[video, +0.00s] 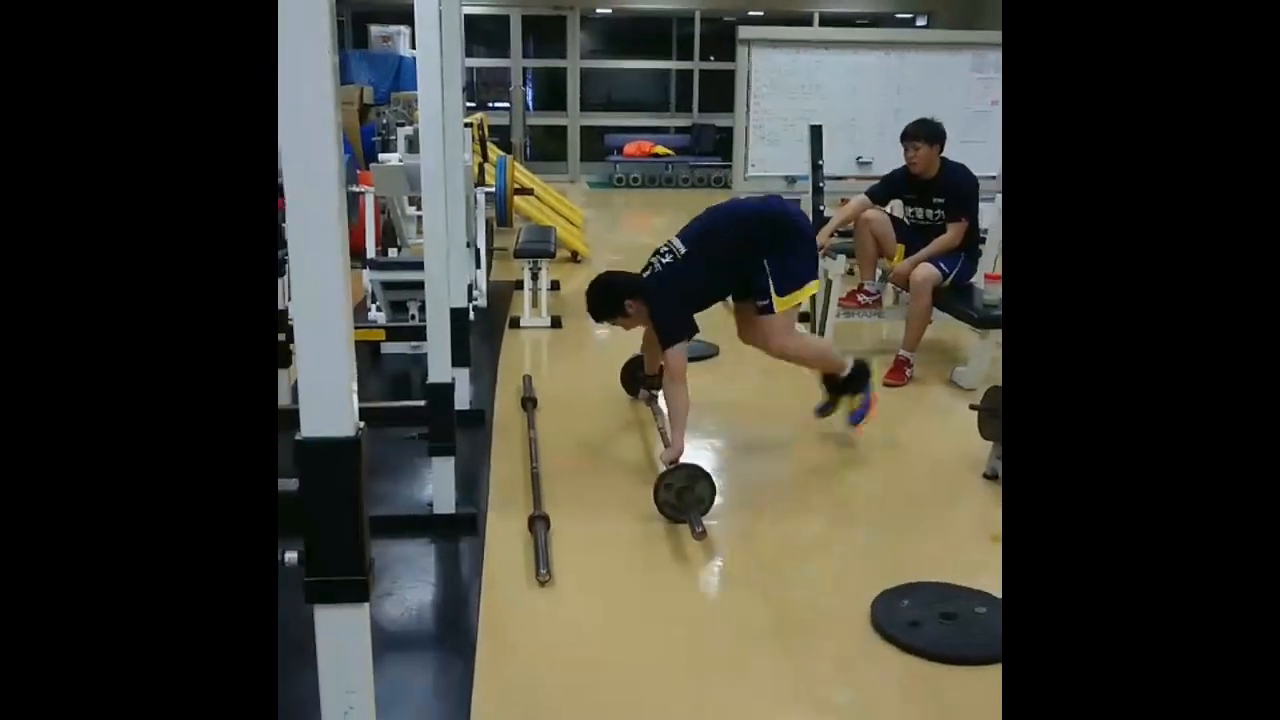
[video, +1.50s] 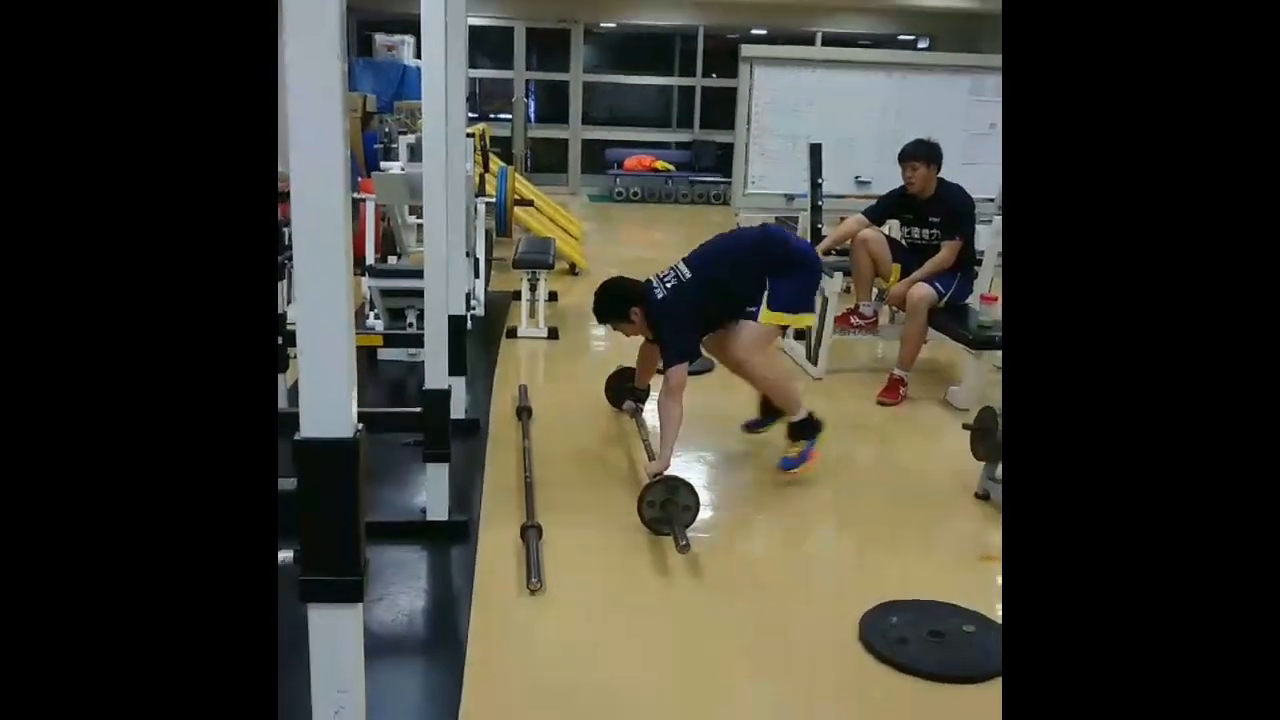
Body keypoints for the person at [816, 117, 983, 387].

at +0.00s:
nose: (910, 155)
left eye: (917, 148)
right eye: (906, 149)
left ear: (937, 149)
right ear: (903, 150)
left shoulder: (960, 179)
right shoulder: (902, 177)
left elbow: (954, 237)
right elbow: (861, 203)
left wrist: (910, 263)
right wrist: (825, 231)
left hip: (957, 252)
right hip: (916, 243)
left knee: (921, 276)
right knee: (867, 218)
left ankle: (904, 358)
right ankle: (868, 291)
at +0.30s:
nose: (919, 162)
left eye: (926, 155)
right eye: (916, 155)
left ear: (947, 155)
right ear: (912, 156)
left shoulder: (970, 185)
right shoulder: (911, 183)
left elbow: (966, 241)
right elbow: (870, 209)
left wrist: (922, 269)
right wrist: (836, 238)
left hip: (966, 258)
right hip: (927, 249)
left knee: (933, 282)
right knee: (877, 225)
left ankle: (915, 364)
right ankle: (880, 301)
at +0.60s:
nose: (918, 163)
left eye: (925, 156)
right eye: (915, 157)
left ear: (946, 155)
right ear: (911, 157)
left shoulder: (969, 185)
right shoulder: (910, 184)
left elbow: (964, 241)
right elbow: (870, 210)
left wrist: (921, 271)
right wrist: (835, 239)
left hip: (964, 258)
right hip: (924, 249)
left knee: (933, 283)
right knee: (876, 227)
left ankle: (913, 366)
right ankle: (878, 301)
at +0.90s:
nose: (916, 163)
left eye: (923, 157)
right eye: (913, 157)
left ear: (944, 157)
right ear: (910, 157)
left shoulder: (967, 187)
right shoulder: (909, 184)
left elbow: (960, 242)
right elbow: (867, 210)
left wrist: (916, 271)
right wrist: (832, 237)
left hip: (961, 260)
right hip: (922, 250)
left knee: (929, 283)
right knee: (874, 227)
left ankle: (908, 367)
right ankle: (874, 302)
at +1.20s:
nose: (913, 168)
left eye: (920, 162)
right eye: (910, 162)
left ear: (941, 162)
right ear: (906, 162)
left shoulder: (963, 193)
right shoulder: (905, 189)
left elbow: (954, 248)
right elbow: (863, 215)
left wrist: (911, 278)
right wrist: (826, 242)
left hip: (957, 265)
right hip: (918, 256)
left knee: (923, 290)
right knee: (869, 232)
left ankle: (905, 370)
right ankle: (870, 306)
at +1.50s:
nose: (907, 175)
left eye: (915, 169)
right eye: (904, 169)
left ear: (934, 170)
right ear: (901, 170)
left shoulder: (957, 199)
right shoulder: (899, 197)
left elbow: (947, 257)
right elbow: (858, 222)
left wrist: (906, 284)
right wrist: (819, 249)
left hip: (954, 273)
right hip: (914, 264)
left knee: (918, 295)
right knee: (864, 238)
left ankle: (899, 378)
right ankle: (864, 314)